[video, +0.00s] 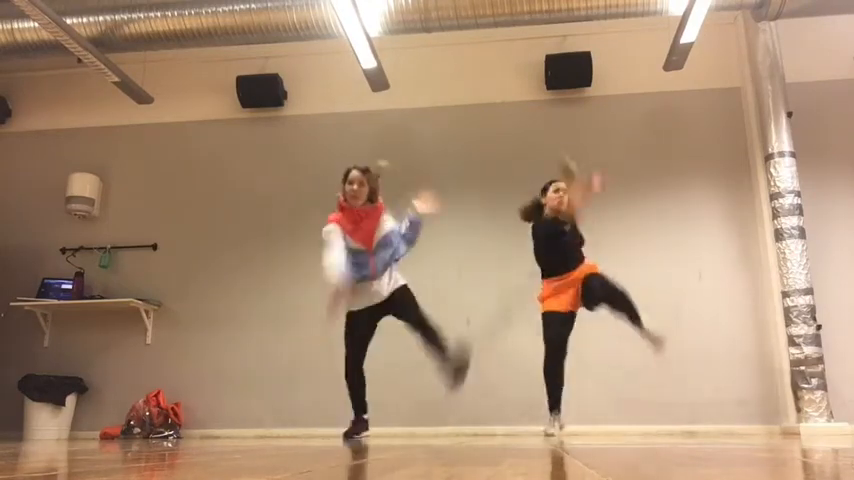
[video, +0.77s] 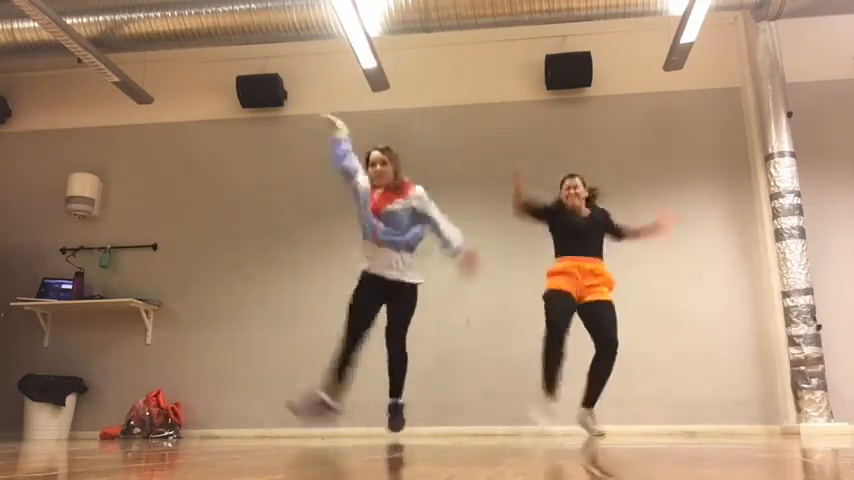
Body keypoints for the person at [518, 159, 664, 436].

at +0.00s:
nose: (561, 196)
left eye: (564, 192)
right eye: (555, 191)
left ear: (568, 198)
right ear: (543, 200)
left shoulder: (567, 217)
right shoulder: (542, 227)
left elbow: (575, 203)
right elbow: (557, 219)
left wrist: (588, 188)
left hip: (582, 279)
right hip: (556, 291)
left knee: (608, 290)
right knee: (554, 351)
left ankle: (642, 329)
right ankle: (554, 415)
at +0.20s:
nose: (572, 165)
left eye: (575, 162)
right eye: (566, 162)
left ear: (582, 166)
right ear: (557, 167)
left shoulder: (587, 195)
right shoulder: (551, 180)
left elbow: (591, 234)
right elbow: (529, 181)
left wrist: (599, 216)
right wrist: (538, 178)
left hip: (580, 248)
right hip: (551, 249)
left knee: (621, 267)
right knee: (555, 311)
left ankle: (601, 328)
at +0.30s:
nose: (572, 174)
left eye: (575, 169)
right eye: (567, 170)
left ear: (583, 171)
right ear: (559, 174)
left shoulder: (589, 197)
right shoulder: (549, 191)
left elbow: (610, 222)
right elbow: (530, 217)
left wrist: (598, 202)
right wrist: (512, 218)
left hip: (582, 253)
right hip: (553, 245)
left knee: (608, 305)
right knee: (548, 265)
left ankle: (596, 373)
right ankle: (539, 307)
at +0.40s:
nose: (566, 201)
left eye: (571, 196)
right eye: (563, 196)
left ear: (582, 196)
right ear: (557, 198)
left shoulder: (594, 211)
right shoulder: (553, 221)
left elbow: (620, 203)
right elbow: (537, 259)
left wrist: (629, 194)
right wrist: (505, 256)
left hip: (587, 287)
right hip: (563, 279)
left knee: (588, 349)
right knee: (553, 221)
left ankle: (576, 413)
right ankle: (539, 280)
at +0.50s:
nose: (570, 217)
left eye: (574, 212)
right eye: (565, 213)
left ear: (581, 213)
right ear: (557, 216)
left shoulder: (593, 225)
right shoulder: (551, 243)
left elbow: (628, 211)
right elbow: (541, 282)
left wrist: (656, 191)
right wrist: (526, 263)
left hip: (587, 298)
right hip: (558, 296)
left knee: (596, 360)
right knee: (552, 248)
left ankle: (574, 418)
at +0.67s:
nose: (569, 203)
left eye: (573, 199)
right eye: (564, 200)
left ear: (581, 203)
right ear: (557, 206)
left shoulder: (596, 218)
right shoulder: (550, 234)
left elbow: (636, 219)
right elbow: (523, 259)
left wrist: (669, 200)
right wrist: (536, 241)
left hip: (595, 288)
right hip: (566, 284)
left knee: (600, 355)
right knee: (559, 286)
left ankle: (575, 417)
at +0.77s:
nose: (572, 190)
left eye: (577, 187)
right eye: (567, 188)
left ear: (586, 192)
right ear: (561, 195)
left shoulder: (598, 215)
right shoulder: (554, 212)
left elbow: (619, 233)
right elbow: (523, 209)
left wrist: (651, 229)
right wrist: (519, 191)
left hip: (595, 282)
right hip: (563, 279)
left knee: (608, 345)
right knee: (555, 328)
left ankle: (587, 409)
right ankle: (549, 396)